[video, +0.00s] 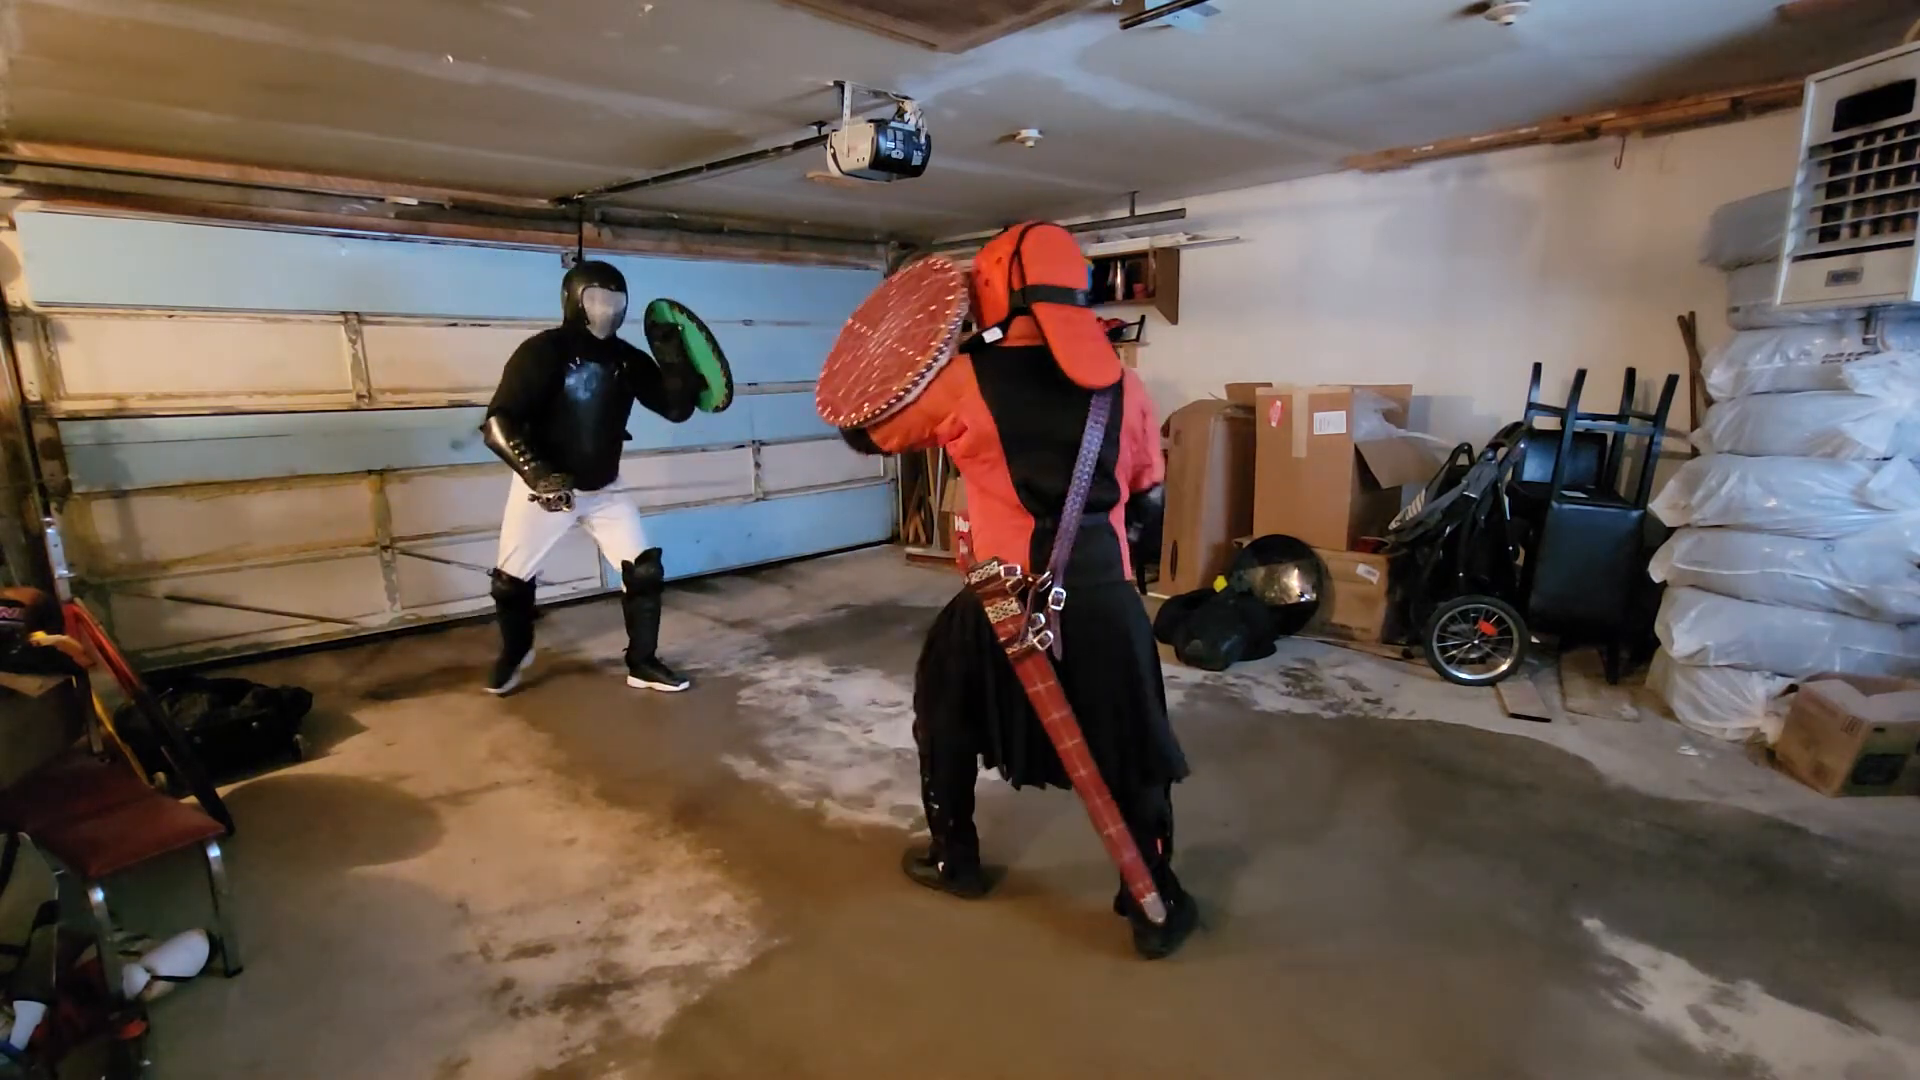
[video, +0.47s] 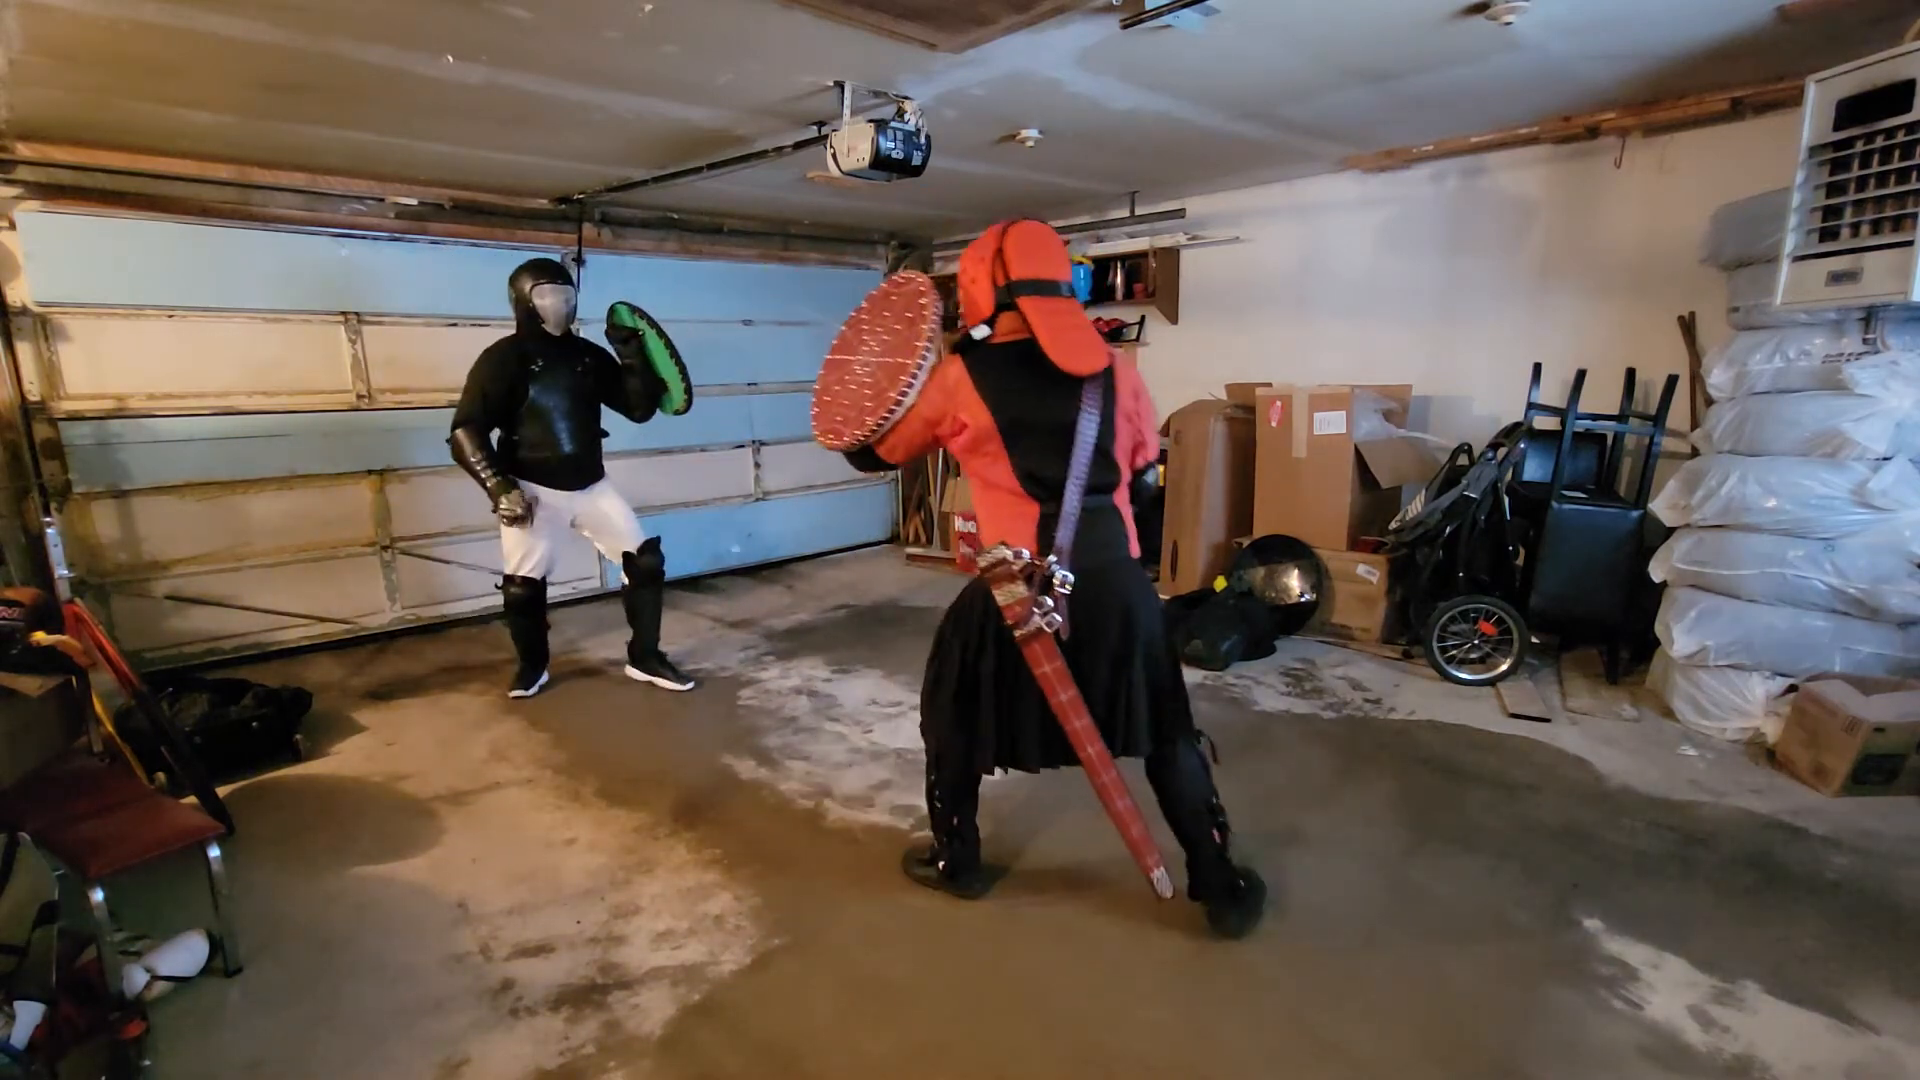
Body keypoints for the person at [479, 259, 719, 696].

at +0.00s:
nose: (615, 307)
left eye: (619, 297)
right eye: (605, 296)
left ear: (623, 303)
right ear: (578, 299)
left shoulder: (627, 359)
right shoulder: (542, 352)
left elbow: (677, 408)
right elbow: (498, 423)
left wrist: (673, 353)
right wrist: (537, 475)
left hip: (605, 491)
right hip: (541, 490)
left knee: (644, 569)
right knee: (509, 582)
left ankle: (642, 661)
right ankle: (515, 651)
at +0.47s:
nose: (569, 299)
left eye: (569, 291)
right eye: (557, 291)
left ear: (570, 297)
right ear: (531, 299)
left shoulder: (589, 357)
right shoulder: (503, 359)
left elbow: (640, 409)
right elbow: (465, 432)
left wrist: (631, 353)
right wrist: (499, 487)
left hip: (590, 488)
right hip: (530, 492)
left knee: (644, 558)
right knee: (523, 588)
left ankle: (645, 654)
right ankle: (532, 665)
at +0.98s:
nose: (618, 306)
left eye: (620, 297)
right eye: (608, 297)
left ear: (622, 301)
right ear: (579, 302)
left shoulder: (636, 361)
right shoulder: (550, 360)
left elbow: (686, 412)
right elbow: (532, 440)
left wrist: (682, 360)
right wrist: (582, 456)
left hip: (630, 493)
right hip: (569, 493)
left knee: (673, 574)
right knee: (547, 590)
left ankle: (686, 676)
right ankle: (536, 665)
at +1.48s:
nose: (637, 307)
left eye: (637, 297)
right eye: (627, 297)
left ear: (631, 306)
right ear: (596, 303)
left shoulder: (644, 364)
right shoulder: (559, 364)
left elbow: (691, 421)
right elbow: (525, 442)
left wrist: (695, 373)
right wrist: (577, 484)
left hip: (636, 500)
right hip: (573, 503)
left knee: (679, 576)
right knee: (551, 600)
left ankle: (686, 677)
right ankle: (553, 663)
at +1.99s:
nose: (637, 313)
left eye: (639, 303)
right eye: (628, 303)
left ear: (638, 309)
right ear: (601, 309)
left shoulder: (649, 364)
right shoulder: (585, 359)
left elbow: (680, 418)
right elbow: (629, 385)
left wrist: (700, 396)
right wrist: (682, 386)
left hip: (639, 490)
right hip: (585, 490)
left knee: (683, 572)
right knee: (558, 597)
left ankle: (686, 676)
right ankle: (555, 653)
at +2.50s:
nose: (575, 315)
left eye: (574, 306)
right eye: (566, 306)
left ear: (567, 311)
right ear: (538, 312)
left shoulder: (585, 369)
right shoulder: (503, 367)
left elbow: (616, 426)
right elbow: (481, 441)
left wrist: (625, 382)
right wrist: (526, 467)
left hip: (581, 489)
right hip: (526, 492)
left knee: (625, 561)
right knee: (526, 585)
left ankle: (628, 649)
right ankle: (532, 662)